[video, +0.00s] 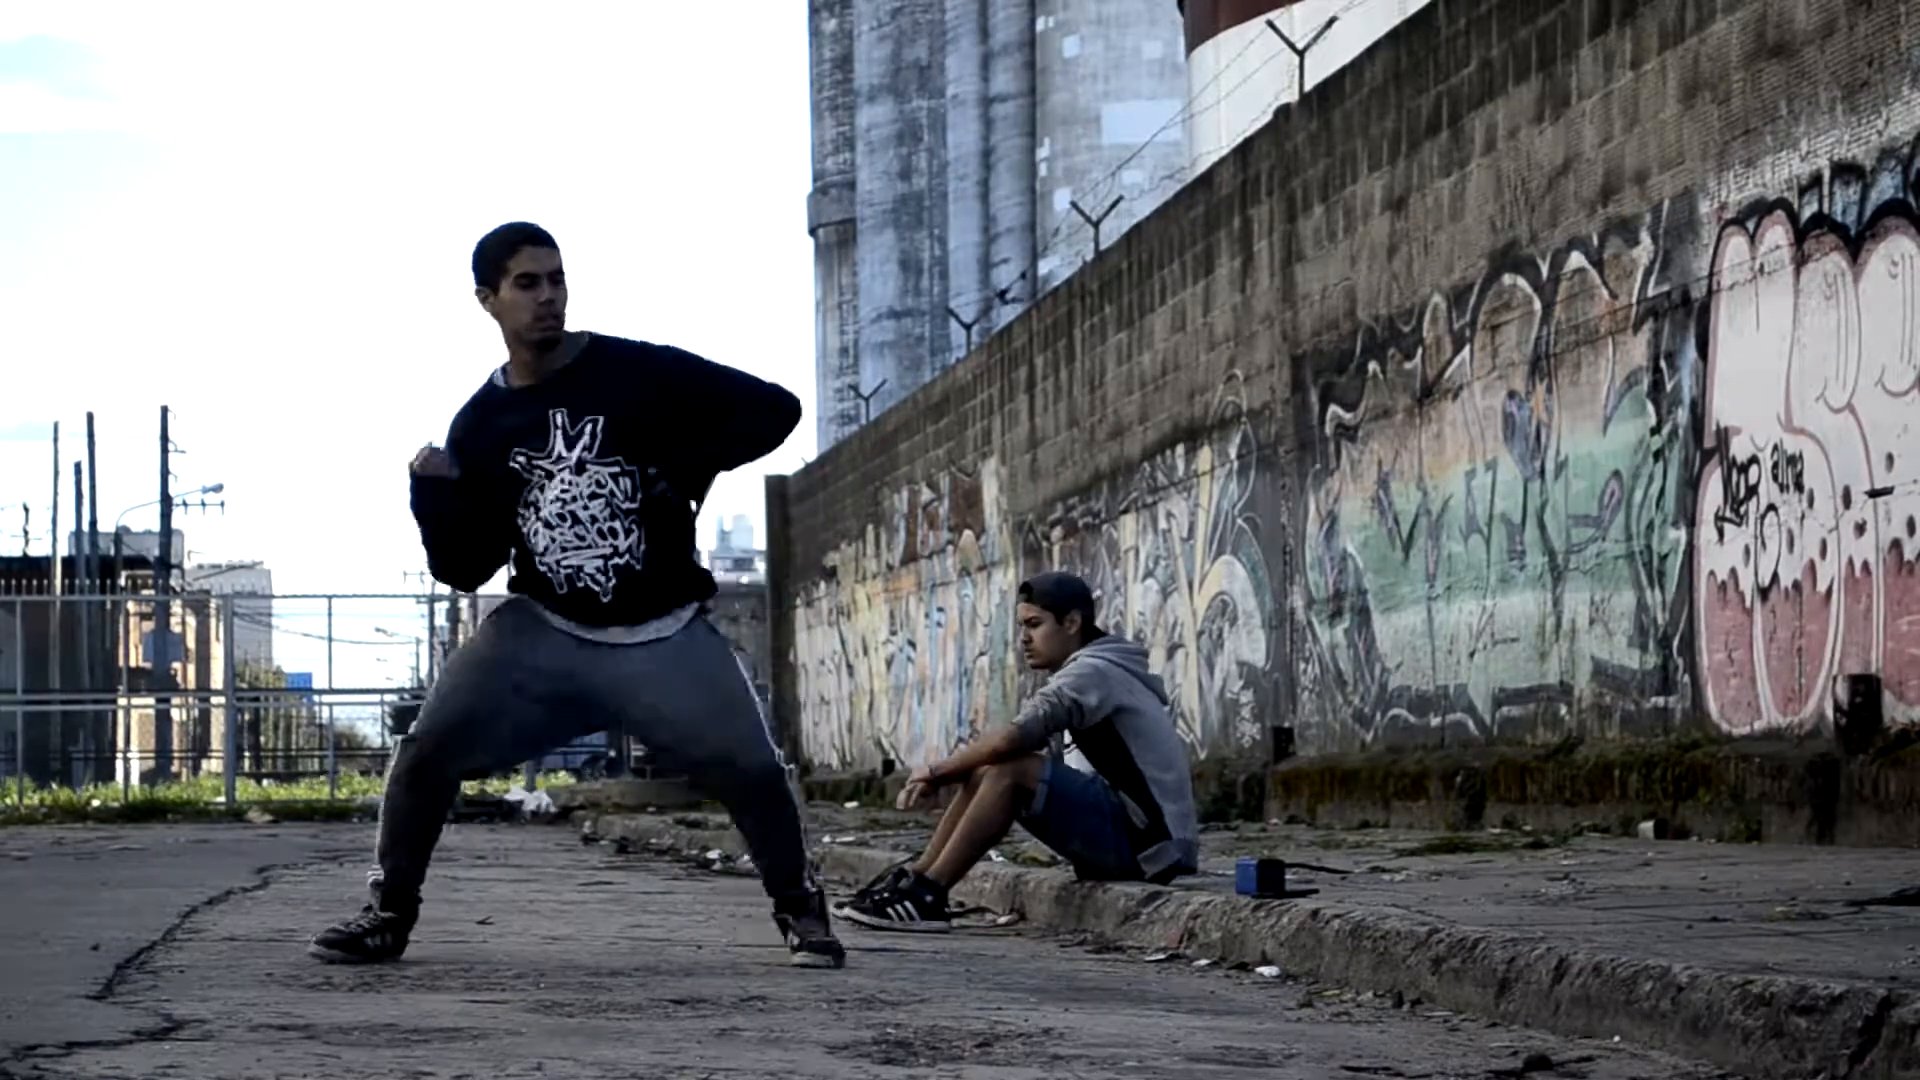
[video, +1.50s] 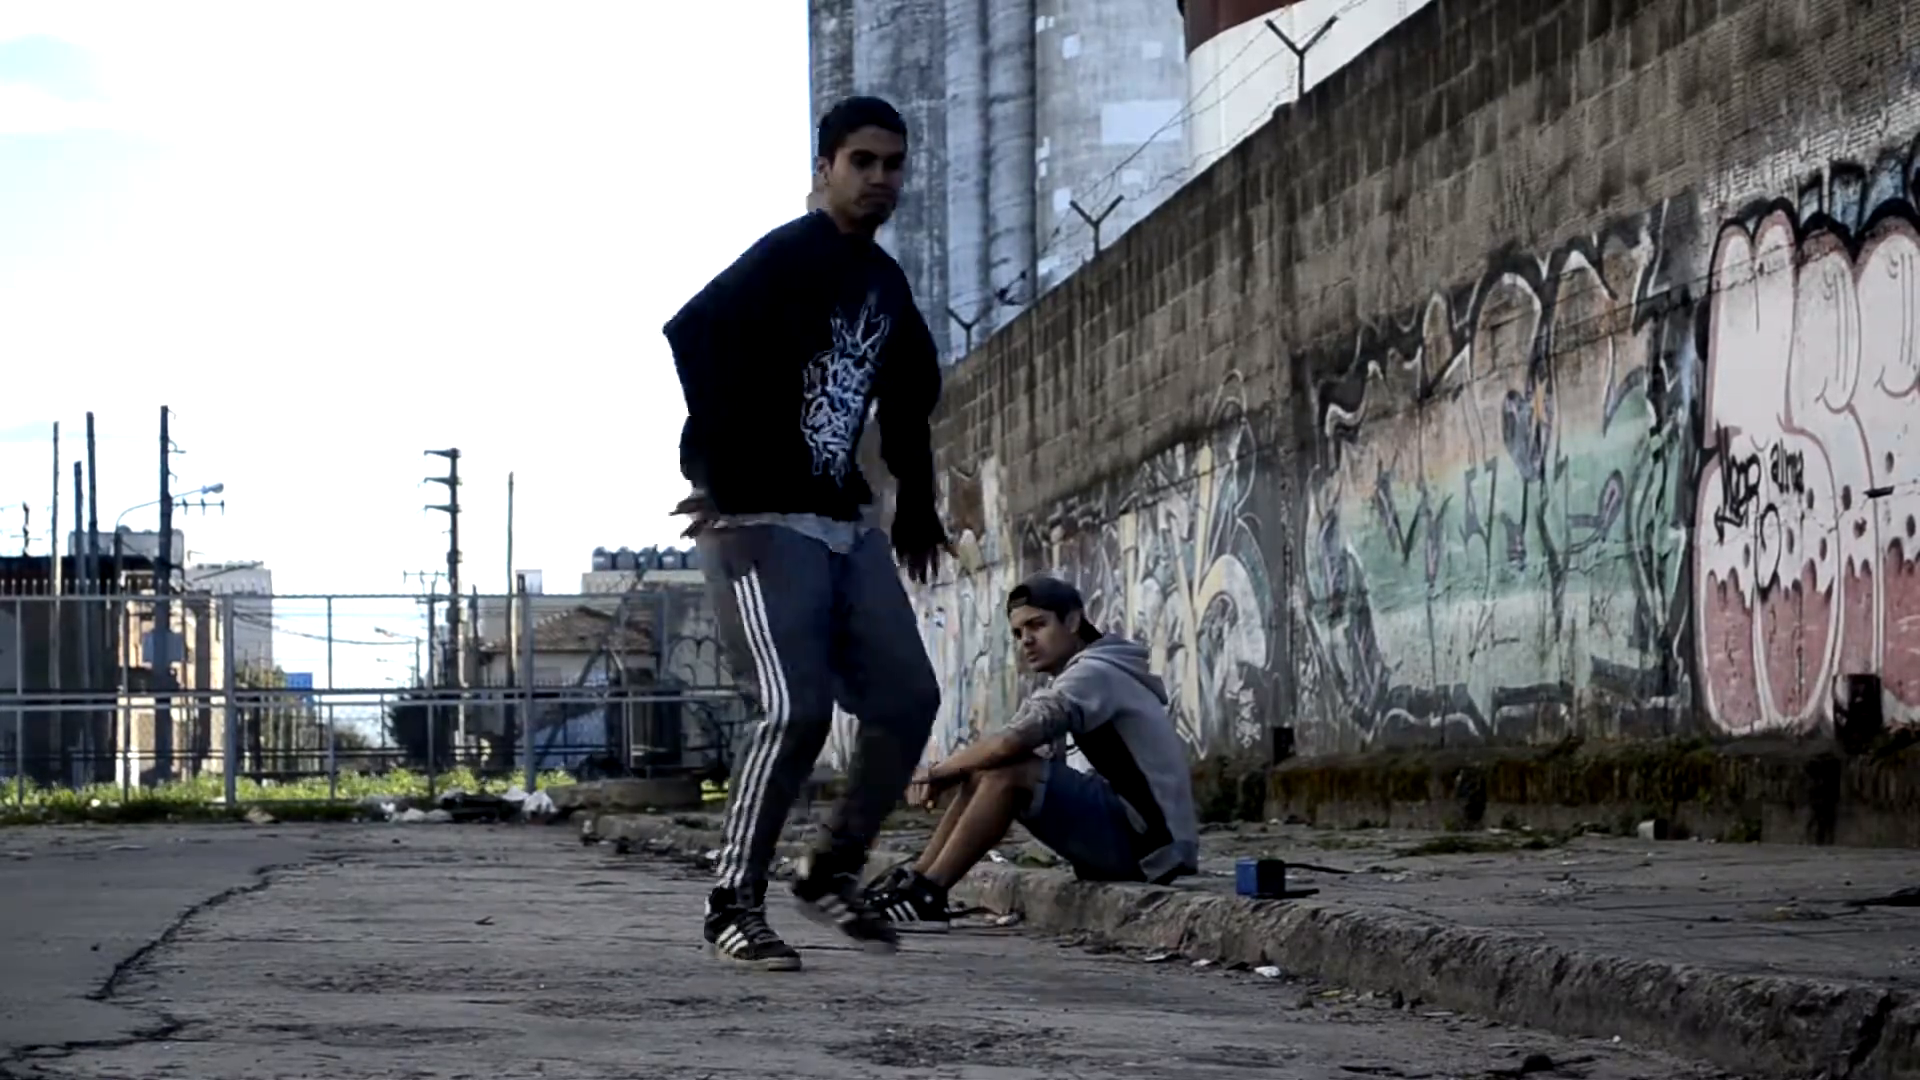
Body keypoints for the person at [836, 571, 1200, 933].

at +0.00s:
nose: (1024, 638)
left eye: (1034, 625)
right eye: (1021, 627)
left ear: (1072, 623)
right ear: (1068, 627)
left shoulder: (1094, 668)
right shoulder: (1080, 670)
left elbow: (1014, 740)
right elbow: (1014, 744)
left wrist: (936, 770)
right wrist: (944, 776)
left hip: (1149, 843)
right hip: (1125, 833)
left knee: (1010, 771)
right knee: (984, 769)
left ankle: (931, 894)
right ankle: (913, 883)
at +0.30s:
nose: (1031, 636)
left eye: (1042, 623)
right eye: (1027, 626)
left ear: (1081, 622)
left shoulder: (1104, 670)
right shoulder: (1076, 674)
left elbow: (1013, 745)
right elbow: (1008, 740)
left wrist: (938, 771)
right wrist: (941, 772)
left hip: (1152, 842)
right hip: (1123, 832)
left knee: (1010, 773)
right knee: (983, 769)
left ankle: (931, 895)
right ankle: (913, 884)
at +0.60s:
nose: (1038, 637)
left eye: (1049, 626)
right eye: (1033, 626)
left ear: (1088, 625)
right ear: (1031, 624)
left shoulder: (1109, 675)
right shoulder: (1066, 676)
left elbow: (1018, 749)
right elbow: (1002, 734)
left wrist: (938, 769)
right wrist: (942, 767)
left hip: (1148, 844)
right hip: (1117, 834)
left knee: (1013, 772)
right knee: (983, 764)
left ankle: (932, 893)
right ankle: (913, 883)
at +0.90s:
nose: (1034, 648)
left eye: (1046, 636)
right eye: (1030, 635)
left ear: (1085, 634)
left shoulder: (1107, 676)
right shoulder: (1068, 678)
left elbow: (1017, 748)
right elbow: (1000, 733)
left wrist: (941, 769)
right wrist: (934, 763)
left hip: (1151, 838)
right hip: (1122, 823)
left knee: (1016, 772)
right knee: (994, 763)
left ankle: (934, 893)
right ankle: (914, 882)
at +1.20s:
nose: (1031, 638)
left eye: (1041, 625)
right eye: (1028, 626)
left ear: (1080, 625)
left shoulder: (1096, 672)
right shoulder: (1077, 670)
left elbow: (1011, 750)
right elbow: (1006, 737)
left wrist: (937, 769)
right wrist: (941, 767)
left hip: (1148, 843)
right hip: (1119, 830)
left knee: (1006, 775)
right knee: (980, 767)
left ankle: (932, 894)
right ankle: (912, 883)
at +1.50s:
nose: (1026, 641)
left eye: (1037, 626)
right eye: (1019, 634)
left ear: (1074, 621)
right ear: (1017, 639)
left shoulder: (1096, 670)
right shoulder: (1063, 677)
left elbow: (1011, 744)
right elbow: (1007, 746)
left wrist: (935, 774)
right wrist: (943, 774)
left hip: (1149, 844)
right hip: (1119, 835)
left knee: (1007, 774)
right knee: (983, 769)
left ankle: (932, 895)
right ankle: (913, 881)